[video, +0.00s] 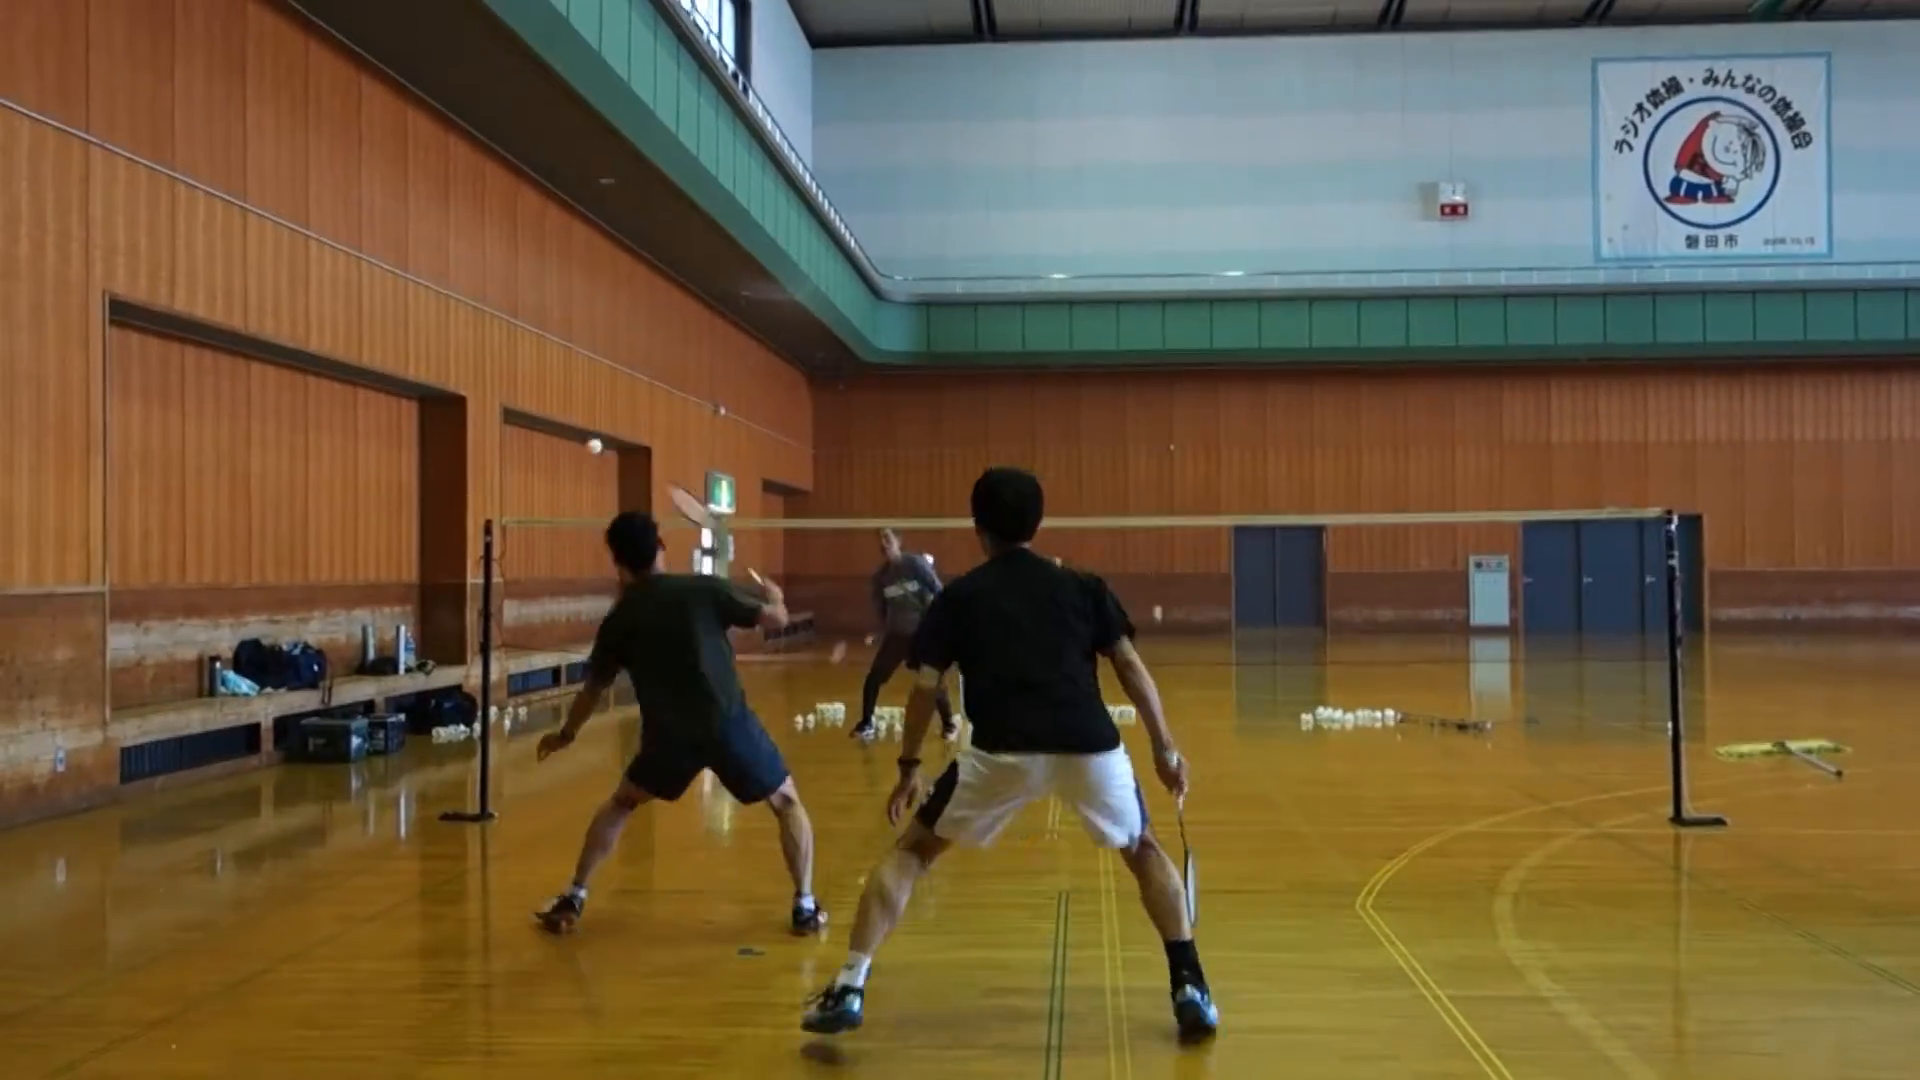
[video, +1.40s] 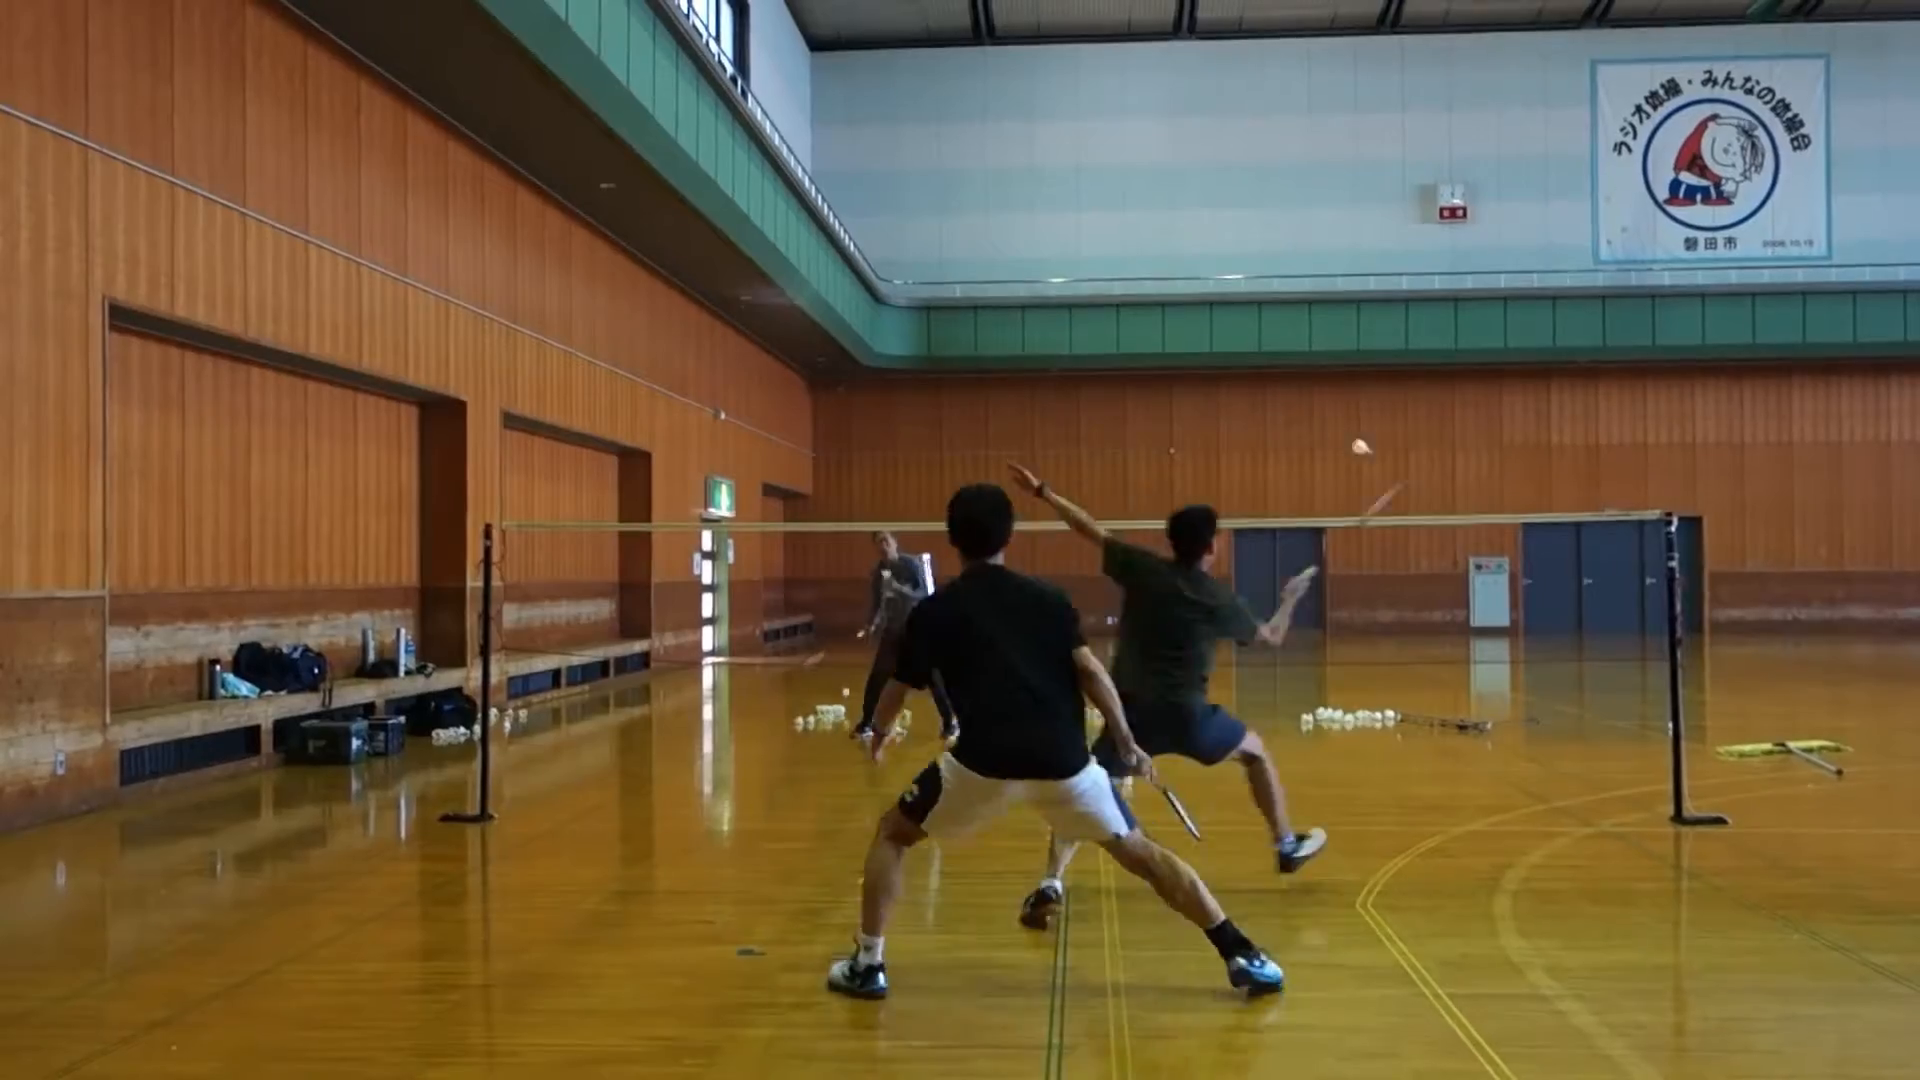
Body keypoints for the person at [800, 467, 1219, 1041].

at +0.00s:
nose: (979, 528)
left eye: (978, 519)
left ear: (978, 525)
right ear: (1038, 524)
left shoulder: (958, 599)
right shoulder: (1081, 588)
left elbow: (923, 690)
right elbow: (1130, 666)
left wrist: (908, 765)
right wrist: (1164, 746)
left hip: (1000, 751)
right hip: (1090, 746)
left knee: (913, 852)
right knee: (1143, 851)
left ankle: (849, 985)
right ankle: (1189, 983)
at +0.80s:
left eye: (1036, 509)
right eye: (1085, 510)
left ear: (1028, 517)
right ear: (1087, 517)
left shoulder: (994, 588)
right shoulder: (1119, 587)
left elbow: (960, 678)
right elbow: (1165, 673)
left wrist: (948, 754)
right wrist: (1190, 748)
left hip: (1024, 752)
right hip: (1113, 749)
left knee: (944, 851)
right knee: (1181, 833)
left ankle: (891, 982)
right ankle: (1243, 955)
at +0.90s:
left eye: (1061, 538)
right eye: (1098, 540)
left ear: (1053, 549)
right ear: (1111, 551)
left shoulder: (1021, 622)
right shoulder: (1140, 623)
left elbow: (984, 708)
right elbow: (1189, 709)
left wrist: (961, 779)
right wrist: (1214, 769)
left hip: (1037, 788)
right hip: (1128, 788)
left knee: (950, 871)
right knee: (1196, 852)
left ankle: (890, 991)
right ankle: (1258, 966)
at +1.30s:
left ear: (1013, 550)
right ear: (1071, 548)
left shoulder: (994, 623)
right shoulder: (1107, 614)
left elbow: (943, 706)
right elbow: (1149, 699)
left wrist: (909, 757)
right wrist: (1163, 759)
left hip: (1027, 776)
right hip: (1113, 776)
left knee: (931, 843)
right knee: (1188, 852)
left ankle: (878, 961)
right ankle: (1256, 966)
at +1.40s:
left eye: (953, 531)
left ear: (952, 539)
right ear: (1009, 537)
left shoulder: (933, 612)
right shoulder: (1047, 599)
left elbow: (898, 688)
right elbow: (1090, 671)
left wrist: (878, 731)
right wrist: (1127, 741)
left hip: (980, 762)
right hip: (1064, 761)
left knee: (892, 835)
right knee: (1141, 854)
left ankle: (868, 962)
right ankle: (1240, 953)